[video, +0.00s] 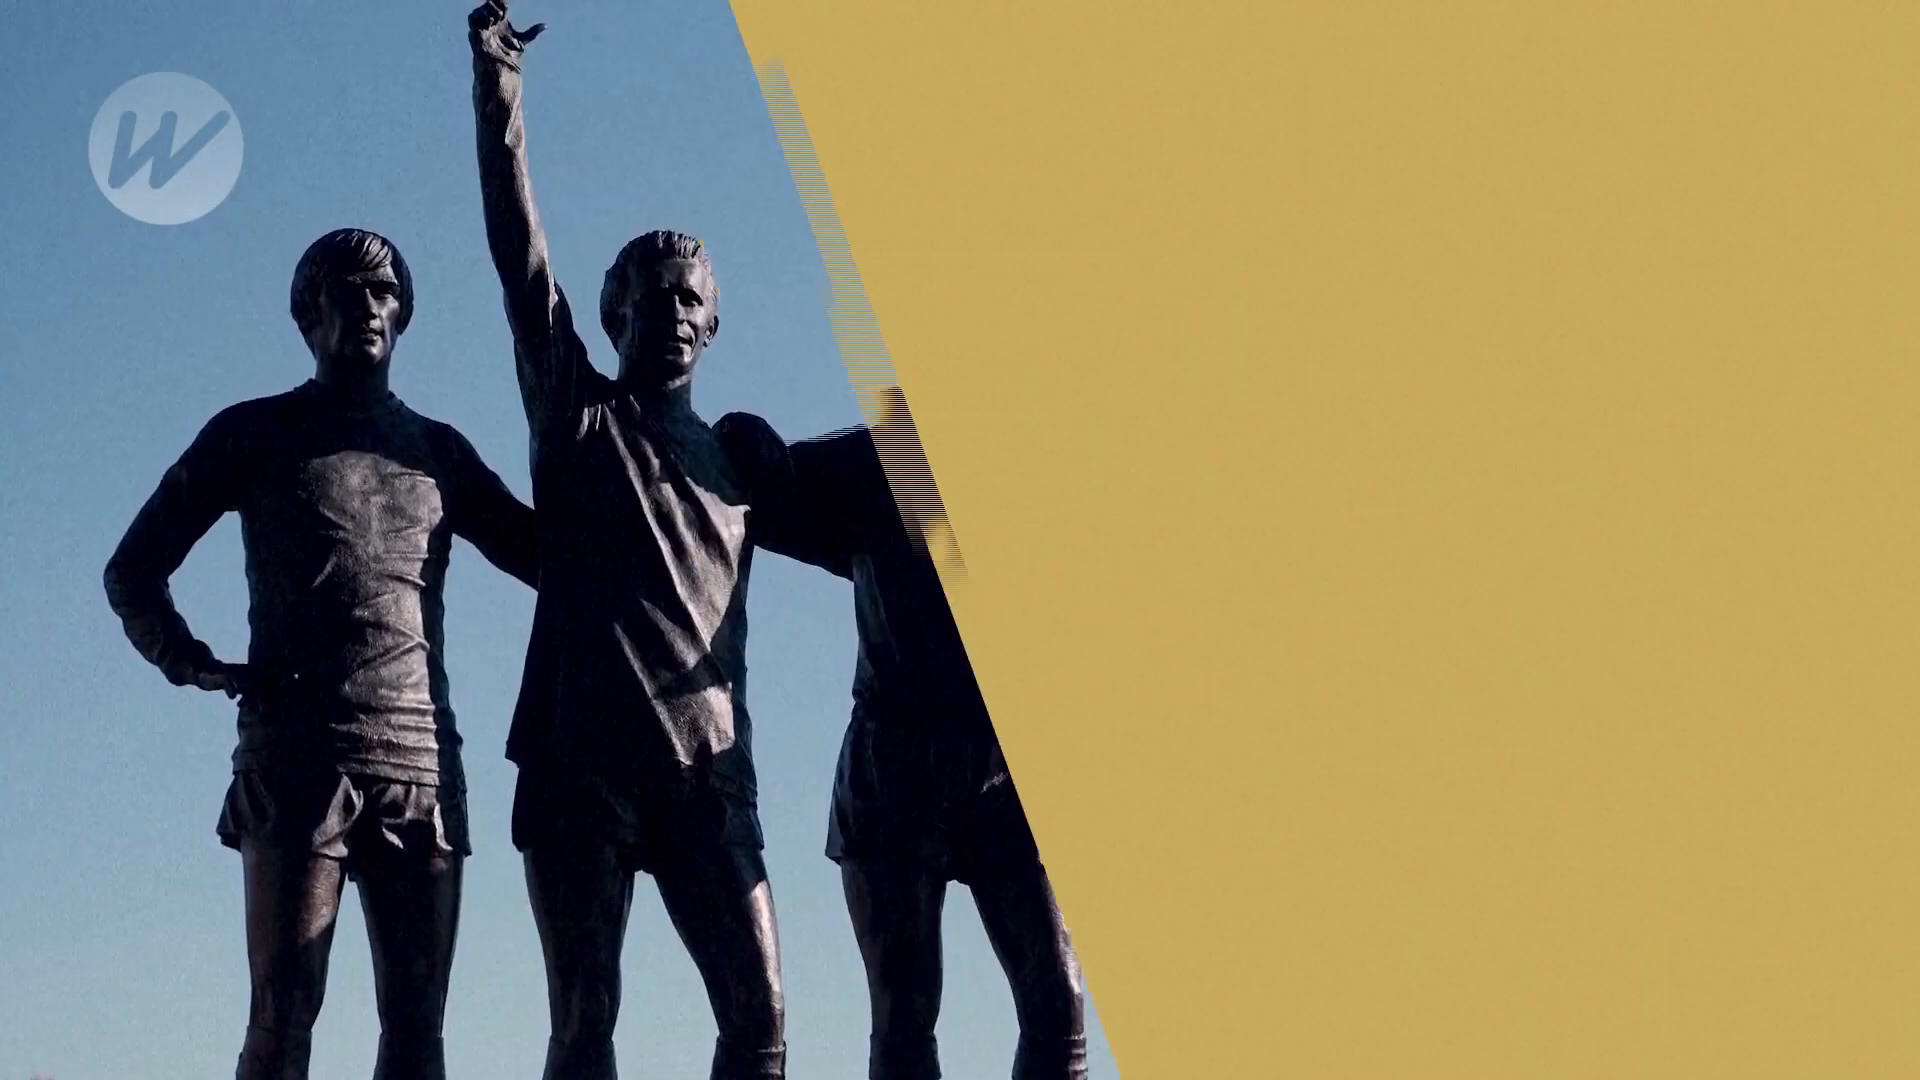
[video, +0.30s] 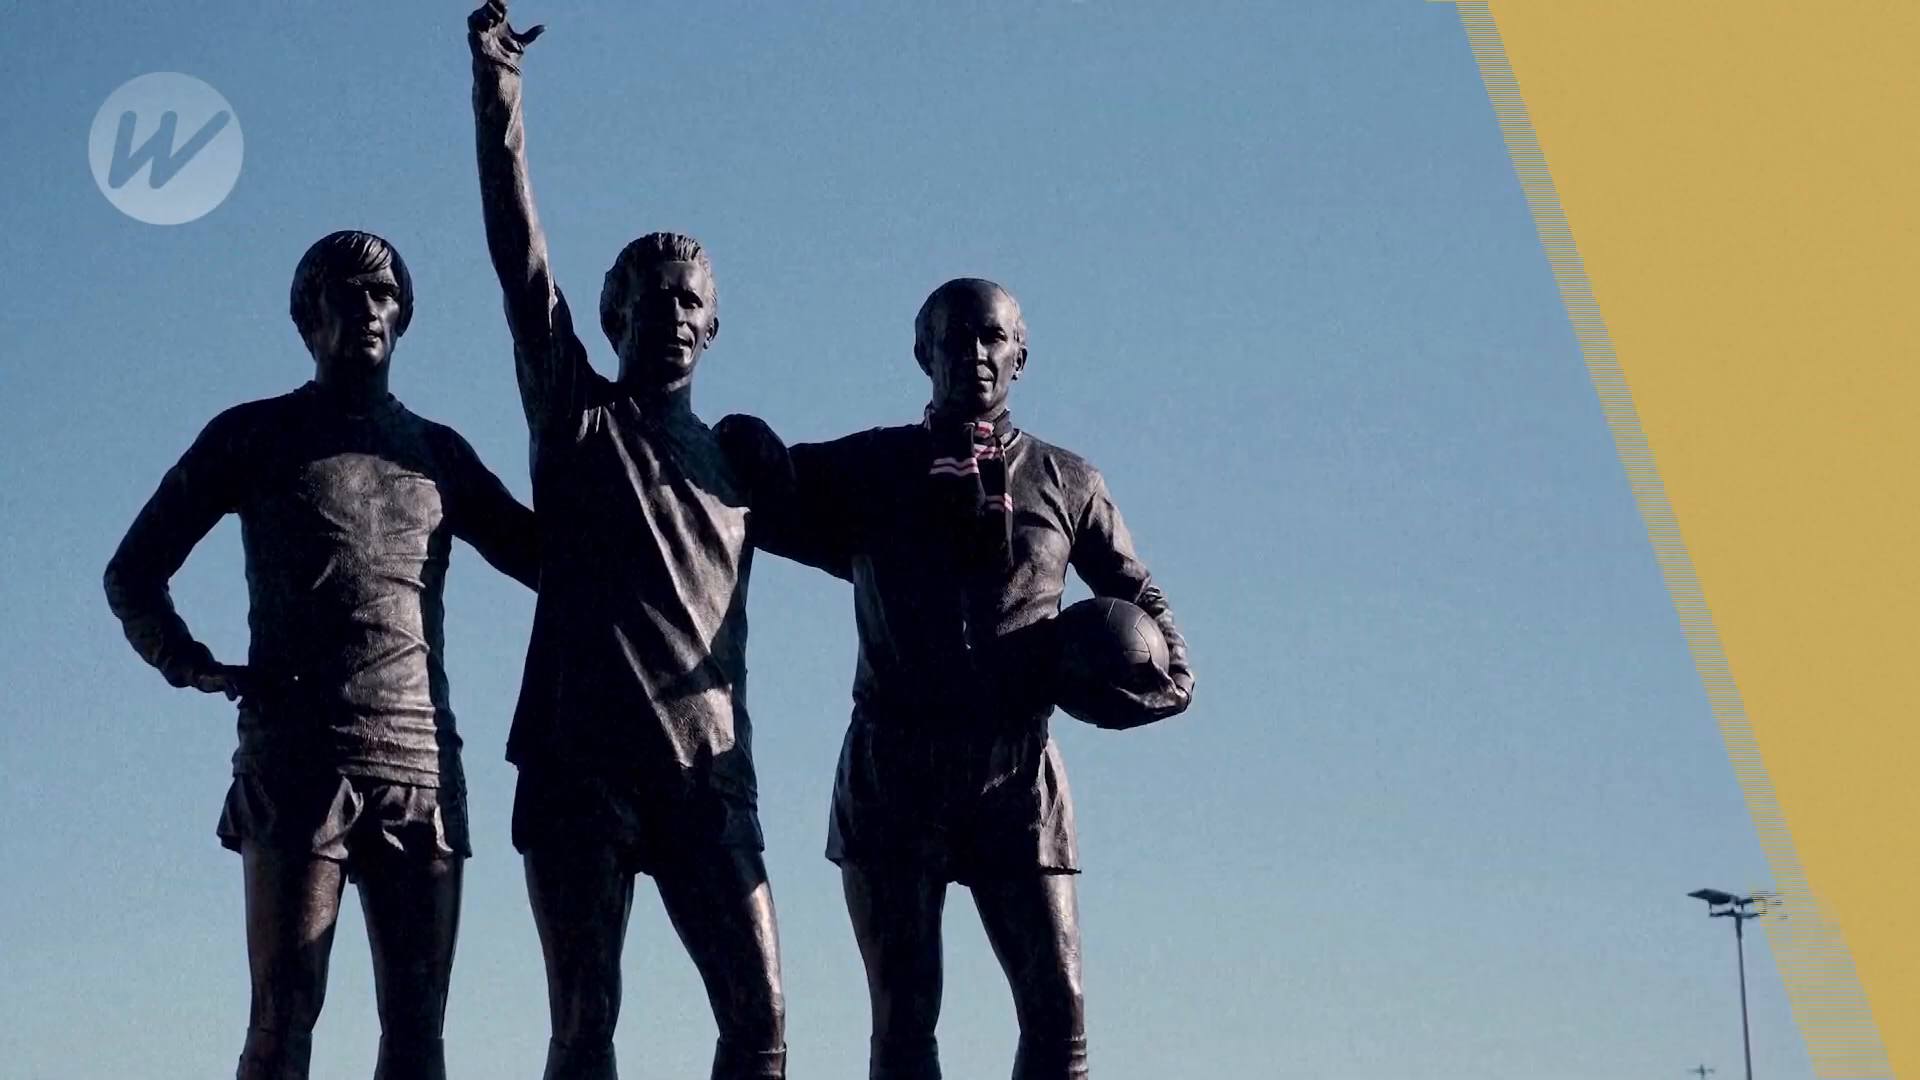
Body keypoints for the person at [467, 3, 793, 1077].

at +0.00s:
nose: (679, 312)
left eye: (694, 299)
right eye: (659, 294)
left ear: (715, 323)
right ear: (613, 312)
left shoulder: (741, 454)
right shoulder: (567, 408)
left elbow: (859, 539)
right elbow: (517, 249)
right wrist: (499, 84)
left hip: (706, 767)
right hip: (577, 759)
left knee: (759, 1017)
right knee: (585, 1021)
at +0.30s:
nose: (679, 315)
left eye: (694, 302)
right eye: (659, 297)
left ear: (714, 326)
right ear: (612, 313)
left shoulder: (743, 456)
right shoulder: (568, 411)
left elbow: (865, 541)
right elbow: (517, 251)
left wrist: (980, 490)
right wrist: (499, 93)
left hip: (705, 769)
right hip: (576, 761)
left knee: (759, 1017)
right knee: (585, 1023)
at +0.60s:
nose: (683, 310)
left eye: (698, 298)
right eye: (663, 292)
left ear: (716, 322)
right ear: (614, 308)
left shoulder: (745, 450)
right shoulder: (569, 406)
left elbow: (865, 534)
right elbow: (519, 249)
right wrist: (501, 93)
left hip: (707, 763)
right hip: (578, 756)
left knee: (761, 1011)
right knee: (587, 1019)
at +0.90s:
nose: (688, 304)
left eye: (702, 292)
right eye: (668, 287)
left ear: (719, 317)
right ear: (620, 303)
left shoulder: (747, 447)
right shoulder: (573, 403)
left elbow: (874, 535)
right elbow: (525, 247)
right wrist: (506, 82)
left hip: (714, 759)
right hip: (585, 753)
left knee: (767, 1012)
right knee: (592, 1016)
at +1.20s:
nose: (692, 311)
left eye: (707, 297)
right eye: (672, 292)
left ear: (724, 320)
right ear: (624, 307)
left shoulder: (751, 451)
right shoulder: (577, 407)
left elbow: (874, 533)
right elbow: (529, 250)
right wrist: (508, 80)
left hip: (716, 763)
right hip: (589, 755)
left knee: (770, 1008)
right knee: (596, 1015)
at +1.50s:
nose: (690, 312)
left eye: (705, 299)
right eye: (670, 294)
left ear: (723, 324)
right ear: (620, 311)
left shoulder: (751, 455)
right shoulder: (577, 410)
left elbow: (874, 540)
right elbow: (526, 251)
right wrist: (508, 97)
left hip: (716, 766)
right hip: (586, 758)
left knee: (769, 1015)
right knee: (595, 1023)